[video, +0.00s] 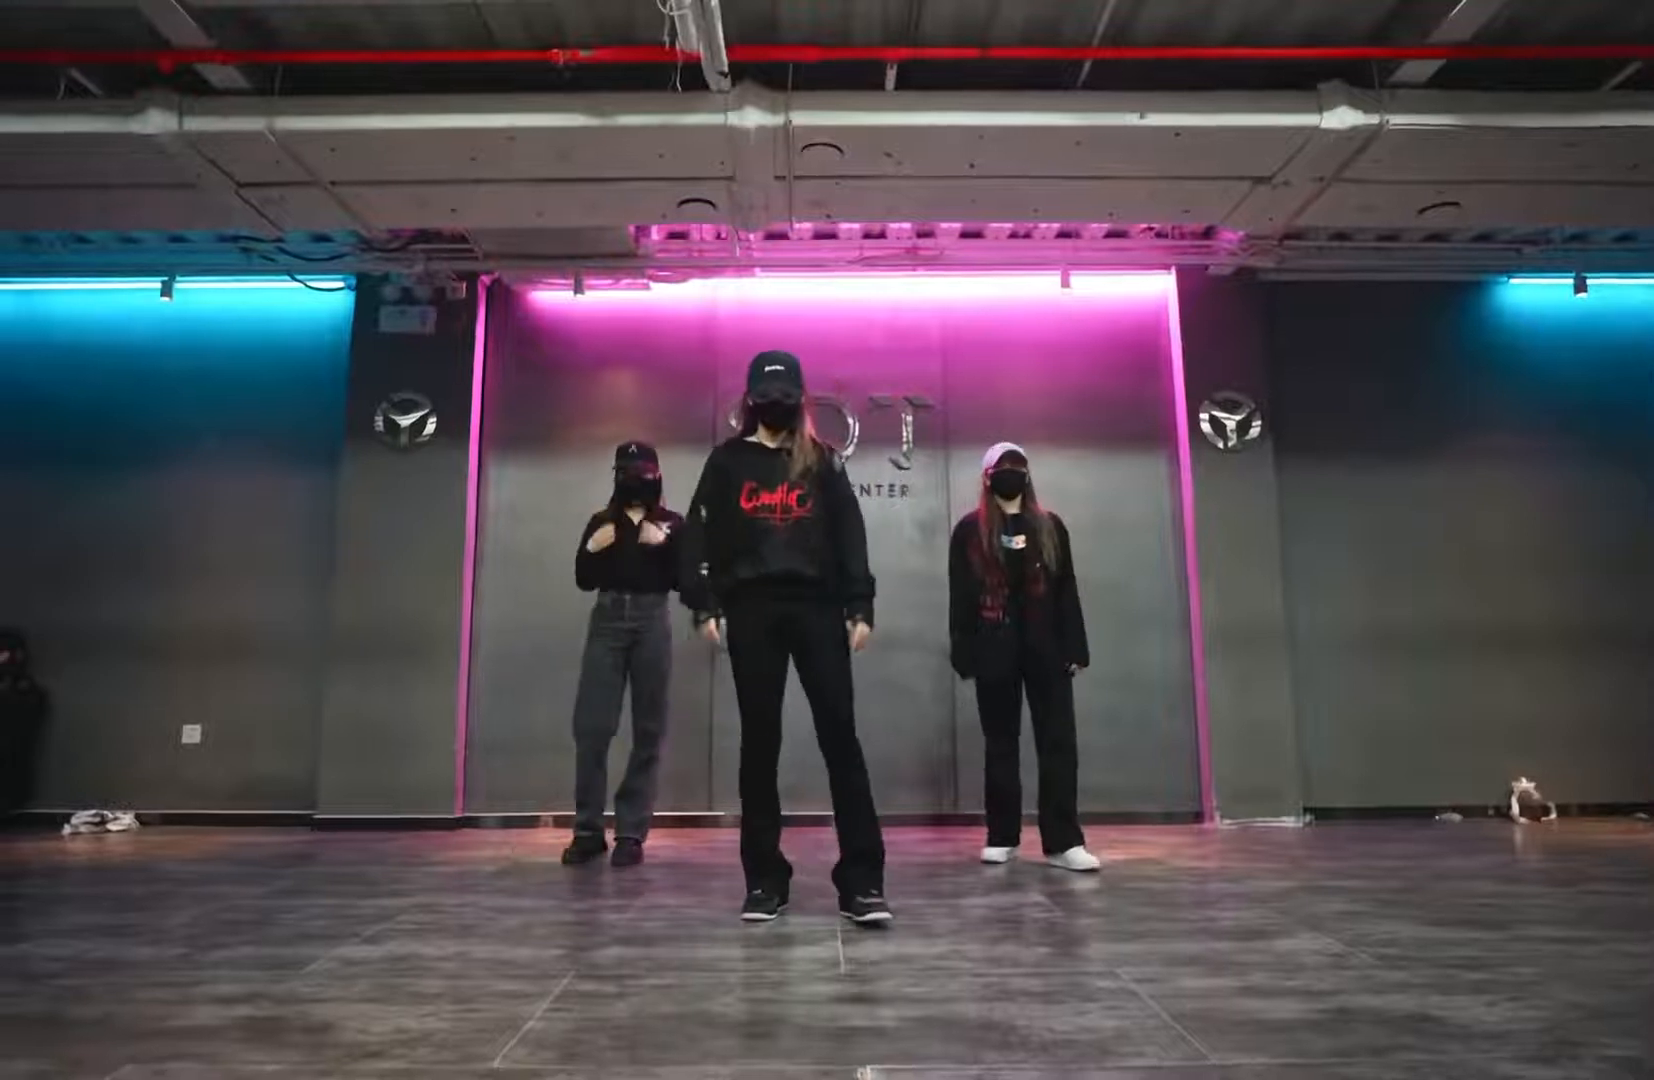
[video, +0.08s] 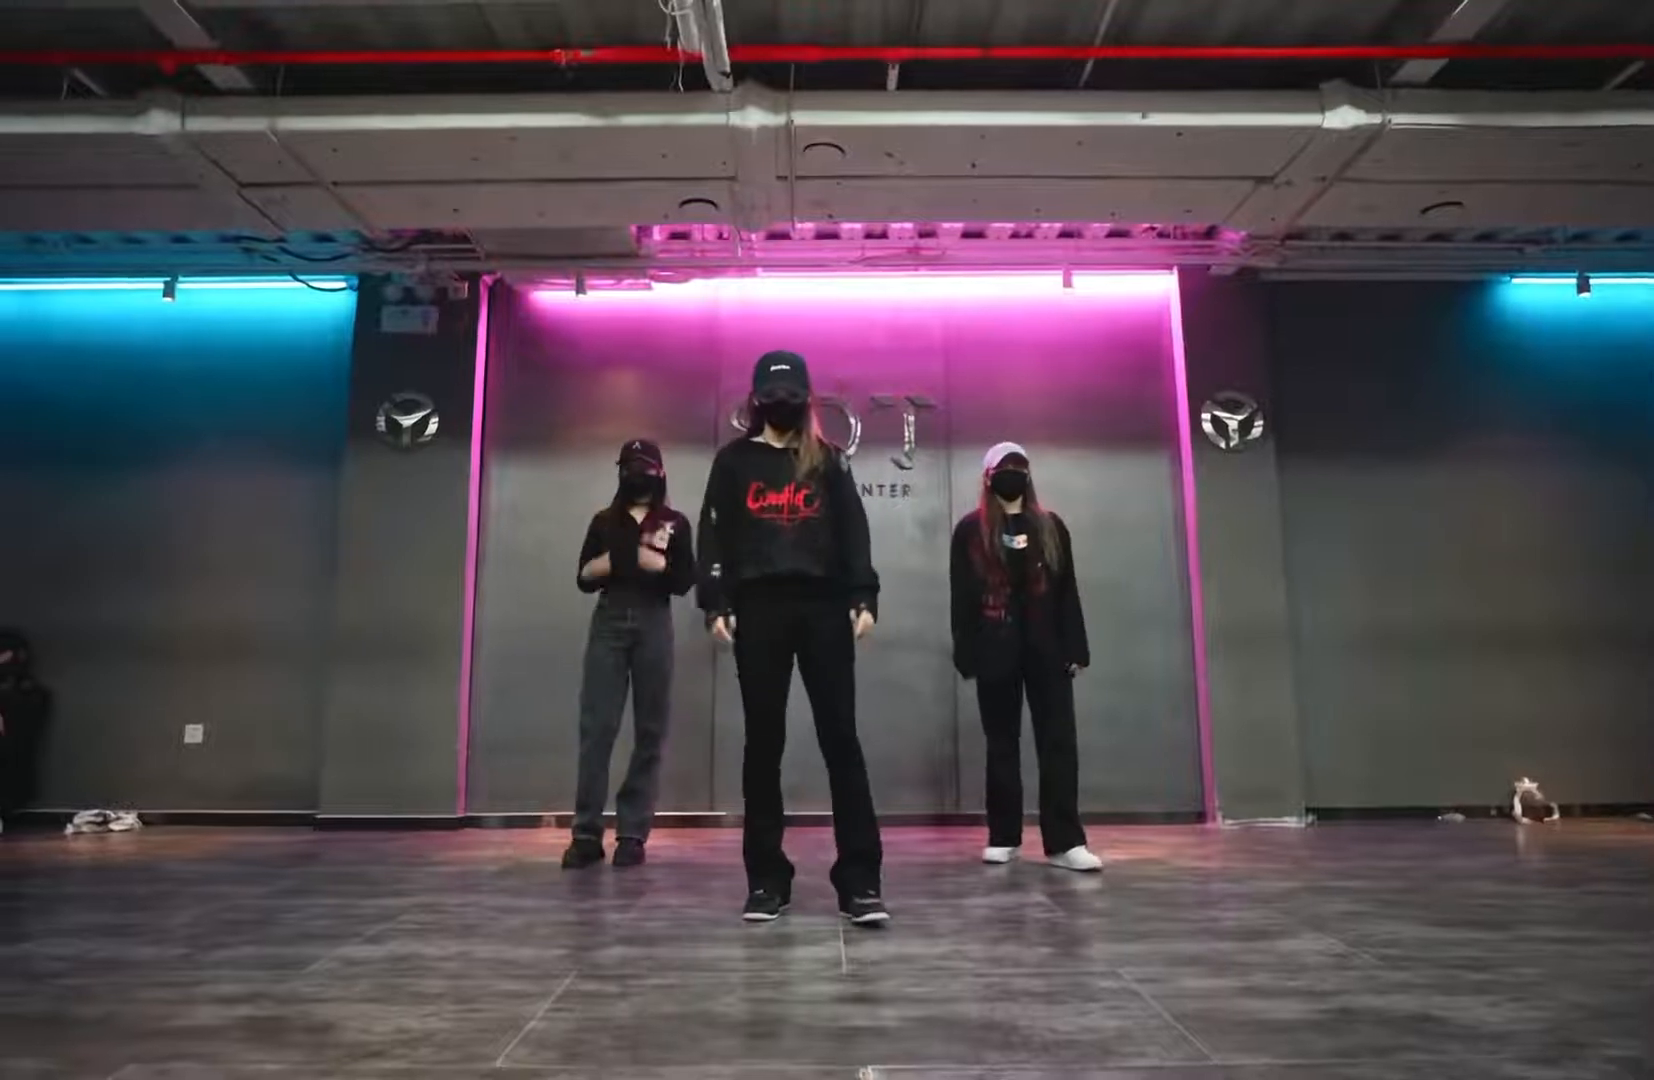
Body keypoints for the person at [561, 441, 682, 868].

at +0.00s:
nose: (638, 491)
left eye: (645, 482)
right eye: (631, 482)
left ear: (657, 481)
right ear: (618, 480)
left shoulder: (675, 526)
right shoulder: (600, 523)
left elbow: (685, 584)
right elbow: (583, 579)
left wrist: (660, 546)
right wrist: (598, 547)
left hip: (653, 625)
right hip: (607, 622)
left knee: (648, 732)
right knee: (591, 727)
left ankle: (630, 834)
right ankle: (588, 831)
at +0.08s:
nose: (641, 485)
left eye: (648, 478)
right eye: (634, 477)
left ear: (660, 478)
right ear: (622, 476)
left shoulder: (675, 524)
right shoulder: (604, 521)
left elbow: (684, 582)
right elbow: (584, 578)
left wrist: (655, 563)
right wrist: (618, 559)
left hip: (654, 627)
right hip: (608, 624)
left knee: (649, 733)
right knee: (596, 728)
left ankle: (633, 835)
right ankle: (587, 836)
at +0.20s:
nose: (645, 482)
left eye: (652, 475)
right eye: (638, 475)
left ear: (664, 477)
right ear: (627, 475)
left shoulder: (680, 524)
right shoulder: (606, 521)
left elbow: (683, 579)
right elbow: (589, 576)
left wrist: (673, 620)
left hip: (657, 625)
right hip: (609, 622)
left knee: (652, 733)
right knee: (598, 727)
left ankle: (635, 835)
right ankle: (588, 833)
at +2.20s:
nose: (651, 485)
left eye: (658, 479)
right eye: (644, 479)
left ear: (670, 483)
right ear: (635, 483)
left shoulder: (685, 529)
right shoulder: (617, 528)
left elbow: (696, 583)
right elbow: (605, 584)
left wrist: (694, 625)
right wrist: (608, 630)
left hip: (667, 629)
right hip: (623, 629)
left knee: (662, 727)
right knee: (616, 725)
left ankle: (657, 822)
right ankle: (620, 818)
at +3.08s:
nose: (635, 496)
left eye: (643, 489)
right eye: (628, 489)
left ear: (657, 493)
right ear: (618, 492)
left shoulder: (672, 538)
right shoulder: (604, 534)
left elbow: (686, 582)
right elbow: (589, 581)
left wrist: (688, 612)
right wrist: (568, 615)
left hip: (661, 638)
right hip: (617, 639)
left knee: (662, 742)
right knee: (604, 733)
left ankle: (669, 828)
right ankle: (619, 757)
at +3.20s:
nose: (627, 500)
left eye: (635, 492)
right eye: (620, 492)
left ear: (649, 495)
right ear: (610, 495)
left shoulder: (657, 540)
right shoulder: (606, 538)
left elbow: (649, 593)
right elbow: (580, 584)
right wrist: (539, 603)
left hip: (651, 651)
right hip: (611, 648)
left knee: (655, 747)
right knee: (585, 711)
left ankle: (669, 829)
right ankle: (574, 793)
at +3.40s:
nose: (606, 499)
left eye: (615, 492)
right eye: (599, 491)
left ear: (631, 497)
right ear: (590, 495)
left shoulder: (641, 543)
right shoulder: (581, 543)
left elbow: (652, 590)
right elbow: (543, 583)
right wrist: (493, 571)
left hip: (628, 655)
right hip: (582, 653)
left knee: (647, 759)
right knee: (557, 741)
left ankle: (667, 850)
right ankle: (530, 853)